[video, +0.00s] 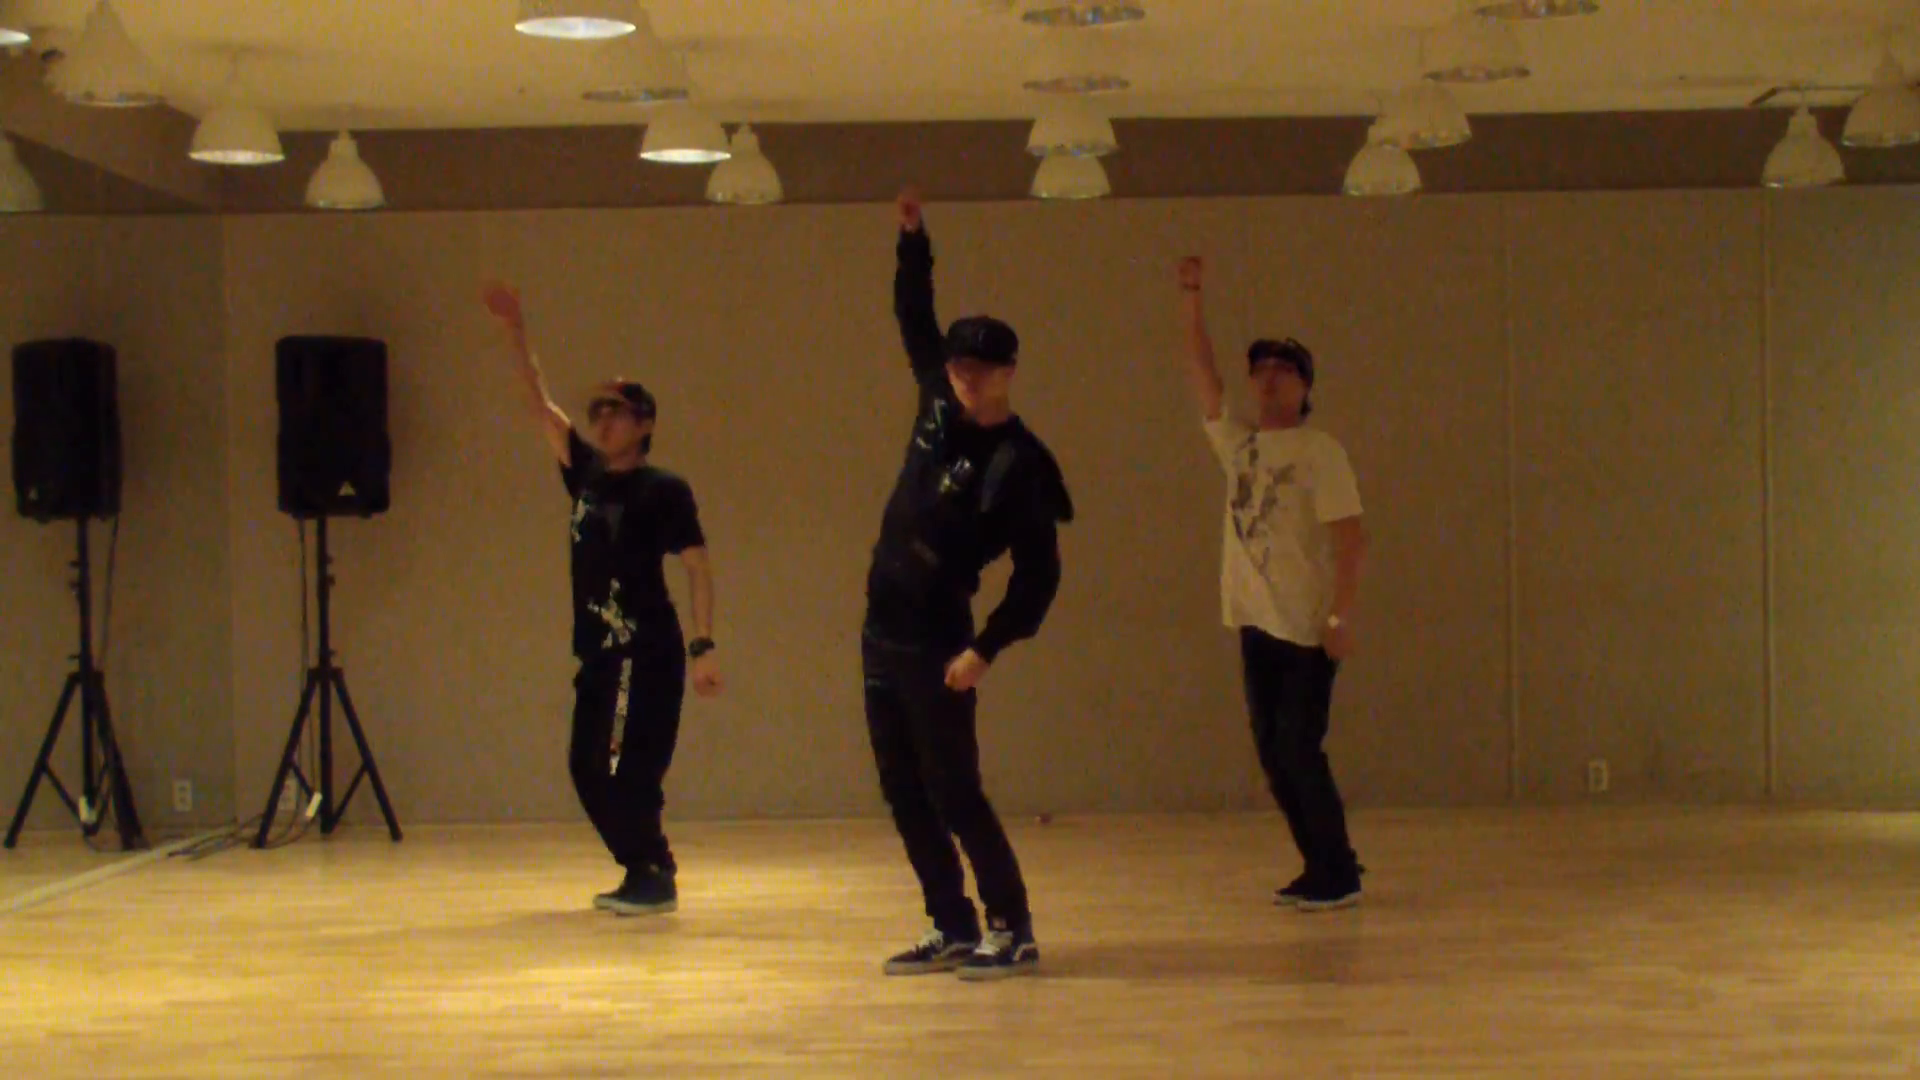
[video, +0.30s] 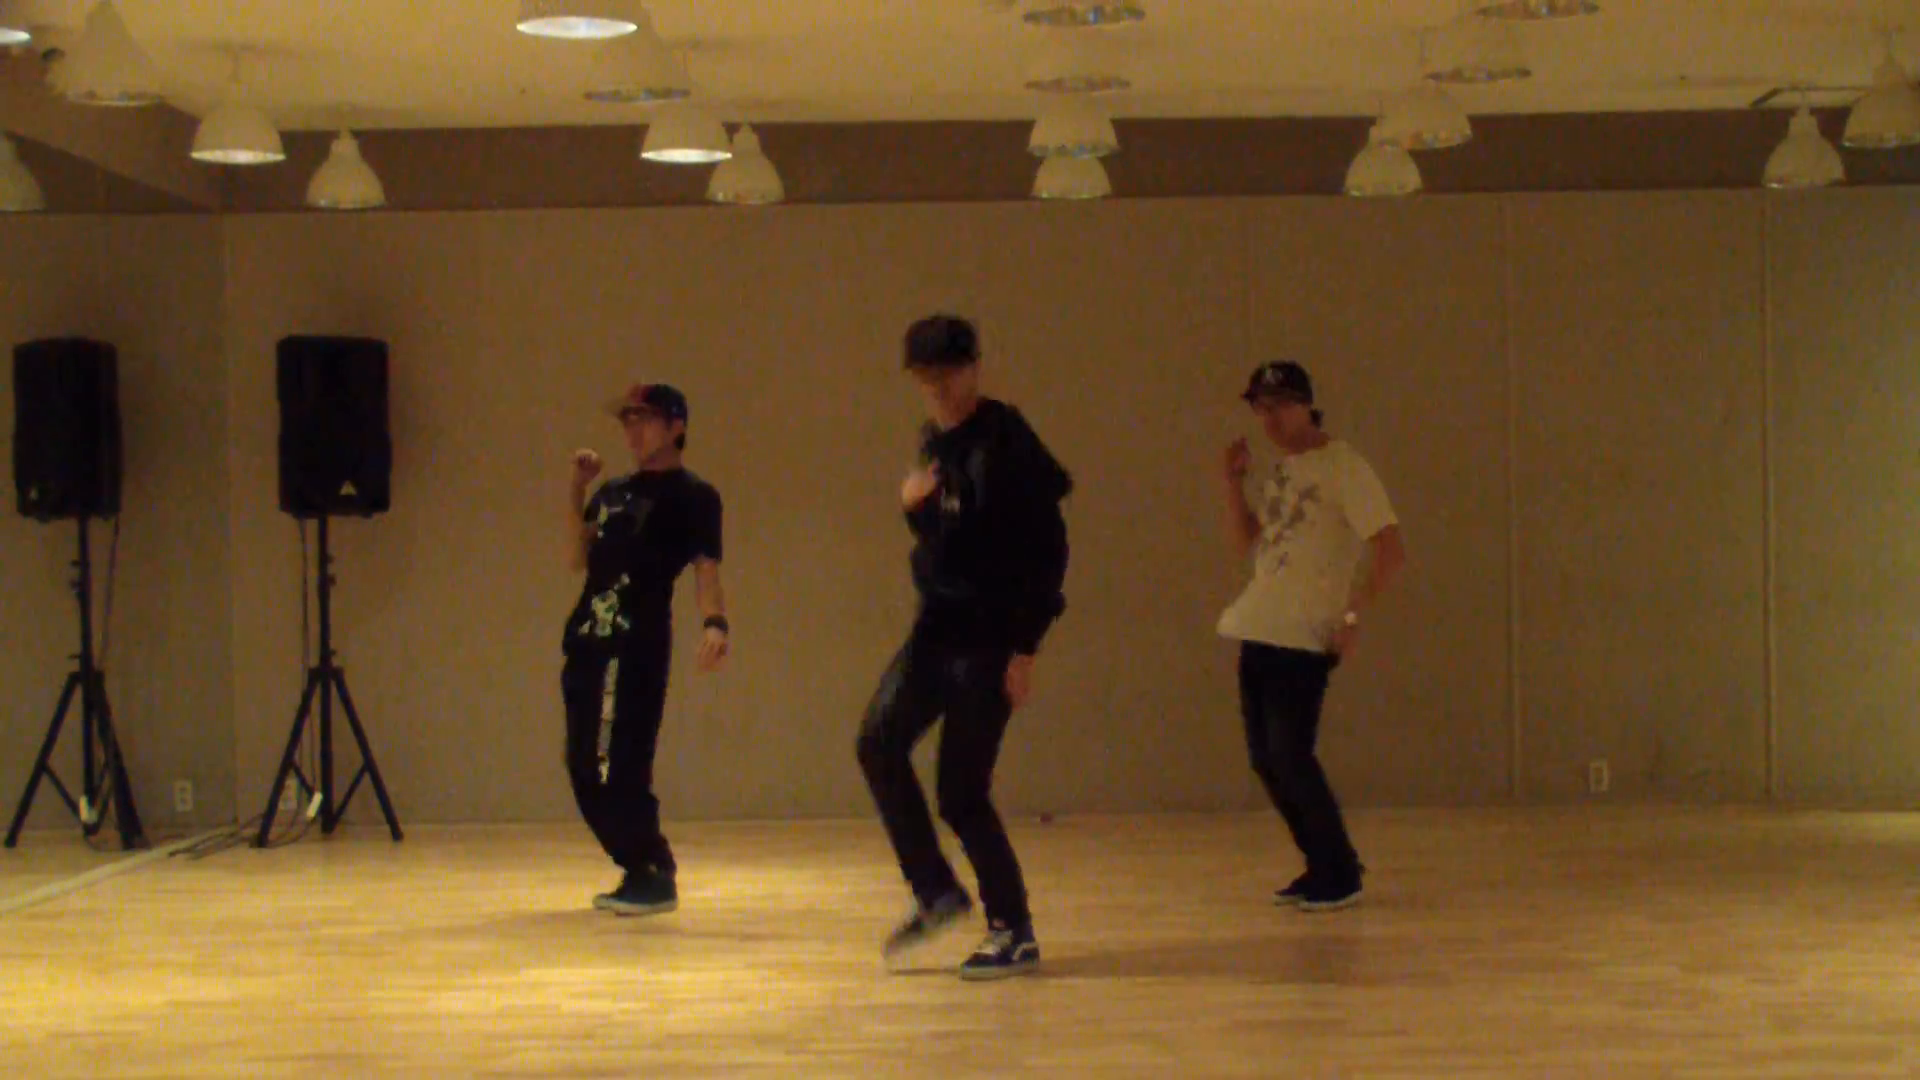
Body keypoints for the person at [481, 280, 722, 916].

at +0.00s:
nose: (603, 424)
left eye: (616, 415)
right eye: (600, 415)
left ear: (644, 428)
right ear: (594, 427)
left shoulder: (664, 491)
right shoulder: (587, 475)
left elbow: (698, 569)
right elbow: (541, 402)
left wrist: (703, 649)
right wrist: (515, 332)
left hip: (649, 652)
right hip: (600, 652)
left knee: (631, 764)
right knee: (587, 766)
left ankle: (652, 873)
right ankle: (642, 867)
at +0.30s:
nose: (630, 429)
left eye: (642, 420)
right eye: (627, 420)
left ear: (674, 428)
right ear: (626, 429)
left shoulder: (695, 495)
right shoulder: (613, 491)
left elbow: (707, 568)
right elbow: (578, 558)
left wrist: (714, 622)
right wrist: (577, 492)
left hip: (639, 635)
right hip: (590, 632)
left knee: (620, 760)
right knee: (585, 762)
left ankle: (653, 873)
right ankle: (639, 869)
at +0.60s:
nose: (582, 469)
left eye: (591, 458)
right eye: (578, 460)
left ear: (624, 456)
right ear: (578, 466)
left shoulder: (673, 492)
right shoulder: (608, 518)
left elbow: (731, 545)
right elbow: (627, 587)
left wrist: (735, 614)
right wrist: (605, 591)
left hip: (684, 643)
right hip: (638, 633)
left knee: (627, 746)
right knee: (557, 631)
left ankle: (654, 876)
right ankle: (597, 735)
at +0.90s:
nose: (612, 498)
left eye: (618, 485)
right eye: (606, 489)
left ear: (650, 479)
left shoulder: (685, 491)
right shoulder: (658, 558)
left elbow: (761, 509)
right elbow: (603, 627)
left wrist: (749, 588)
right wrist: (547, 589)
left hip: (711, 662)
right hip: (671, 653)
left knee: (629, 763)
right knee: (599, 704)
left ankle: (655, 879)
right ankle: (513, 751)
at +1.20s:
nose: (657, 486)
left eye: (666, 473)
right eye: (653, 476)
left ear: (699, 474)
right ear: (662, 483)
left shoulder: (729, 505)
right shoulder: (682, 559)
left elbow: (805, 523)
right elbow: (669, 636)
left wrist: (779, 590)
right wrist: (597, 619)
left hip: (750, 677)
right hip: (734, 683)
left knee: (659, 753)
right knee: (778, 791)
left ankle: (695, 868)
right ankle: (893, 854)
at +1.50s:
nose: (682, 473)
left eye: (694, 463)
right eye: (681, 463)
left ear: (725, 474)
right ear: (683, 471)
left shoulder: (707, 535)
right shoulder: (692, 530)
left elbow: (654, 608)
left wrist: (633, 570)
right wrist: (639, 559)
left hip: (714, 690)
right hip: (692, 688)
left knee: (758, 798)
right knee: (650, 784)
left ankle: (862, 867)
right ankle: (746, 845)